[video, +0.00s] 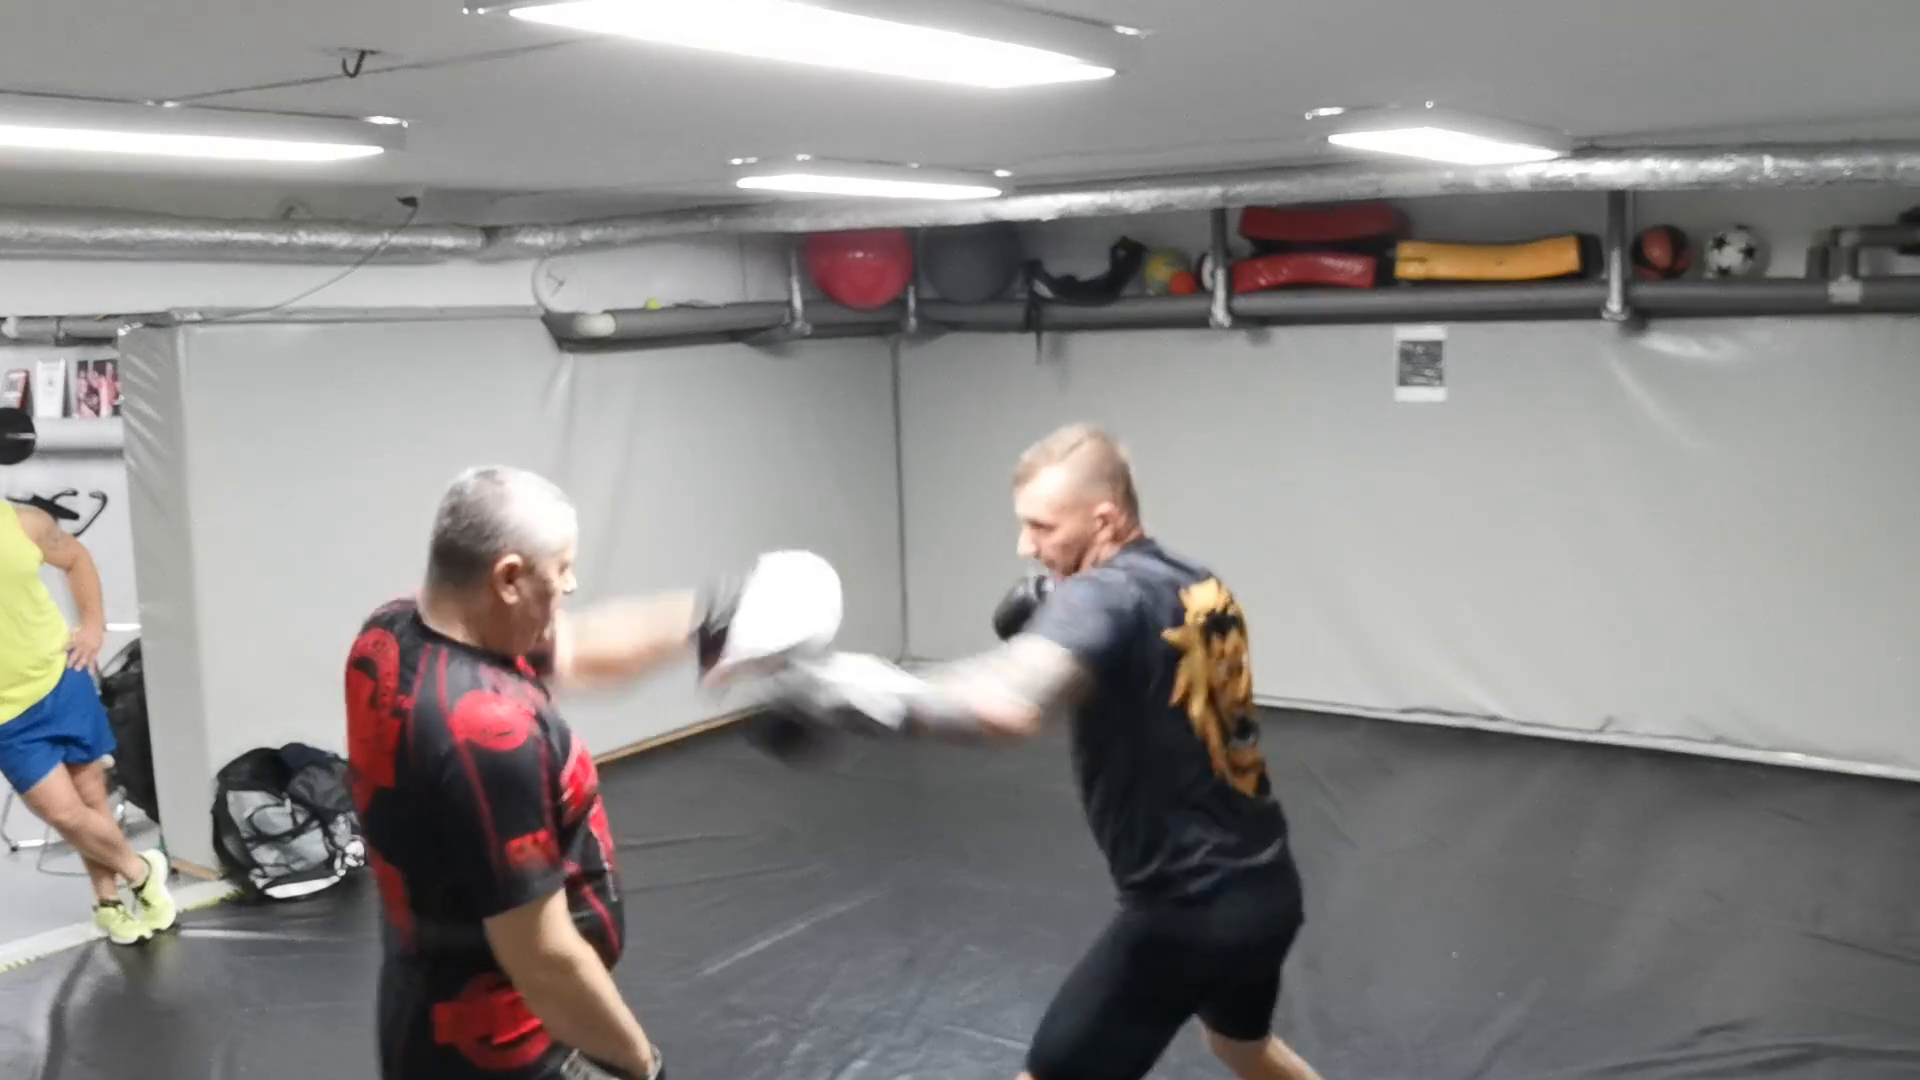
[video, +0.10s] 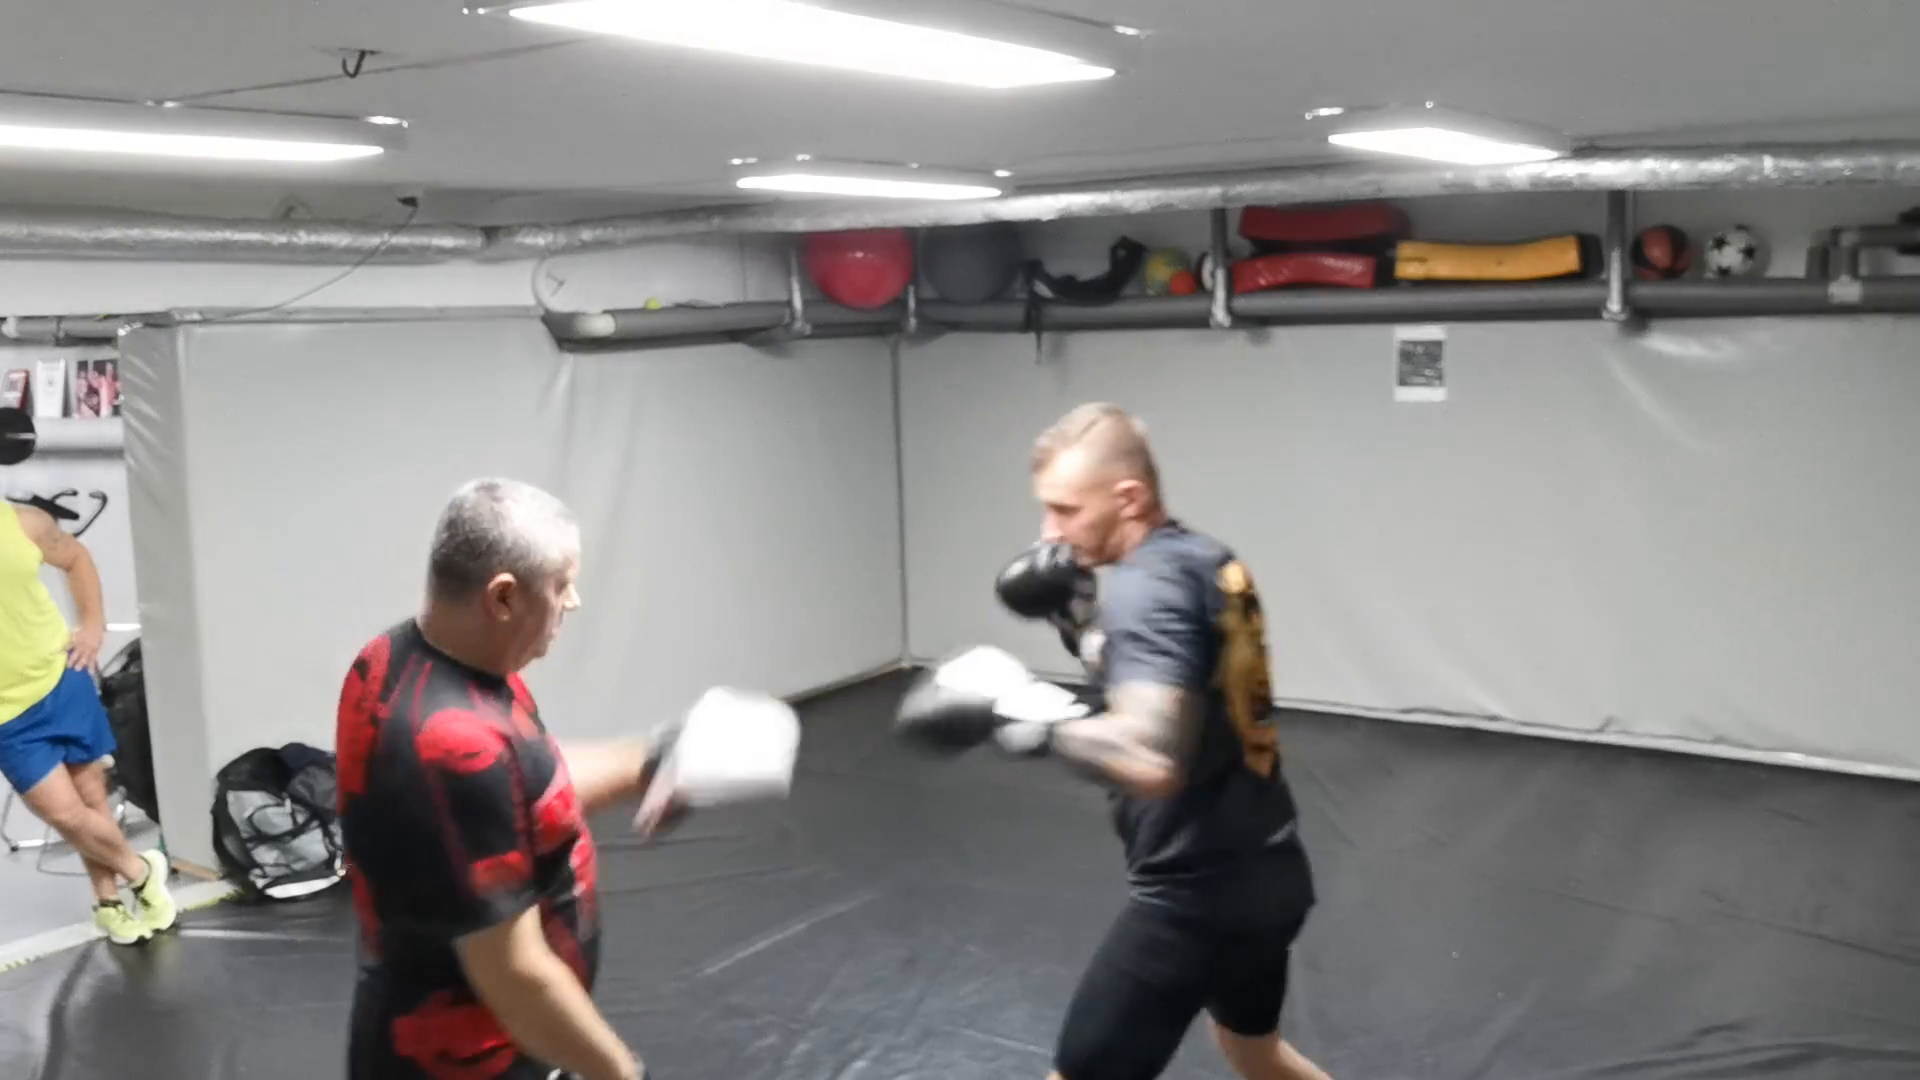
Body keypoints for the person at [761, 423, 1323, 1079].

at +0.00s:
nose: (1027, 549)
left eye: (1043, 527)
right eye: (1023, 527)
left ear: (1109, 518)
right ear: (1117, 520)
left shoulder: (1101, 596)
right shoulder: (1197, 584)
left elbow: (1010, 703)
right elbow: (1147, 660)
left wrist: (865, 689)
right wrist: (1056, 615)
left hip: (1187, 911)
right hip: (1258, 888)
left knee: (1056, 1068)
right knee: (1245, 1045)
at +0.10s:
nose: (1050, 531)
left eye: (1065, 511)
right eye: (1045, 510)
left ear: (1129, 499)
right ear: (1133, 499)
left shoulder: (1148, 581)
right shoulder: (1204, 558)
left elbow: (1151, 757)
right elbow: (1178, 690)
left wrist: (1026, 707)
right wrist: (1080, 615)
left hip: (1194, 891)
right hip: (1263, 869)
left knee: (1081, 1070)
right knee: (1254, 1047)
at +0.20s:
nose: (1101, 545)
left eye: (1114, 523)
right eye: (1094, 523)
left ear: (1176, 503)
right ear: (1178, 503)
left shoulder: (1213, 594)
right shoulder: (1222, 571)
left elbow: (1188, 773)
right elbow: (1150, 672)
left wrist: (1092, 664)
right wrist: (1092, 603)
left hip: (1229, 900)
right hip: (1273, 883)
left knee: (1115, 1068)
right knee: (1270, 1058)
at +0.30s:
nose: (1144, 550)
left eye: (1157, 527)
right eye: (1136, 530)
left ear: (1219, 508)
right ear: (1217, 511)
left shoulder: (1265, 598)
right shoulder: (1220, 588)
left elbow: (1220, 772)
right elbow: (1131, 719)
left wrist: (1151, 656)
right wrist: (1110, 619)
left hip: (1266, 907)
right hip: (1298, 890)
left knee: (1161, 1067)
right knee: (1293, 1062)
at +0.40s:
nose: (1157, 530)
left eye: (1171, 507)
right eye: (1149, 509)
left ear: (1233, 489)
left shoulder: (1284, 582)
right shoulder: (1237, 575)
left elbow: (1261, 763)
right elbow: (1163, 726)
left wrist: (1180, 655)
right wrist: (1134, 625)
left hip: (1284, 891)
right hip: (1308, 876)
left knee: (1162, 1072)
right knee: (1309, 1058)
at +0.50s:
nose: (1157, 518)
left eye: (1168, 498)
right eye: (1149, 500)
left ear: (1230, 478)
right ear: (1228, 484)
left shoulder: (1283, 569)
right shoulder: (1242, 564)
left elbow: (1263, 753)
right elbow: (1179, 728)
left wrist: (1164, 630)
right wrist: (1143, 622)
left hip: (1290, 889)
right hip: (1321, 875)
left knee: (1158, 1072)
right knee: (1322, 1061)